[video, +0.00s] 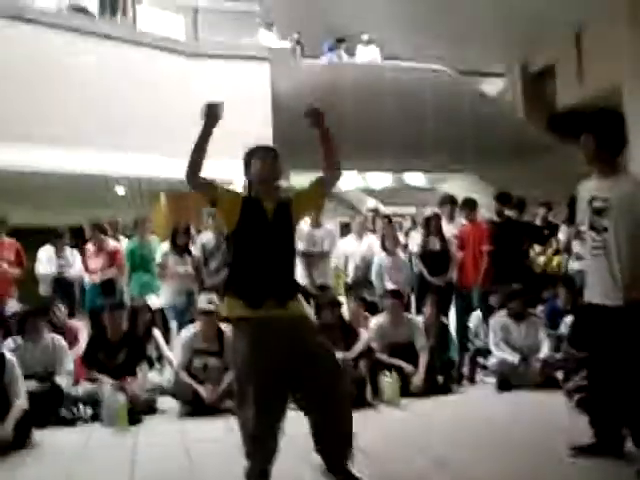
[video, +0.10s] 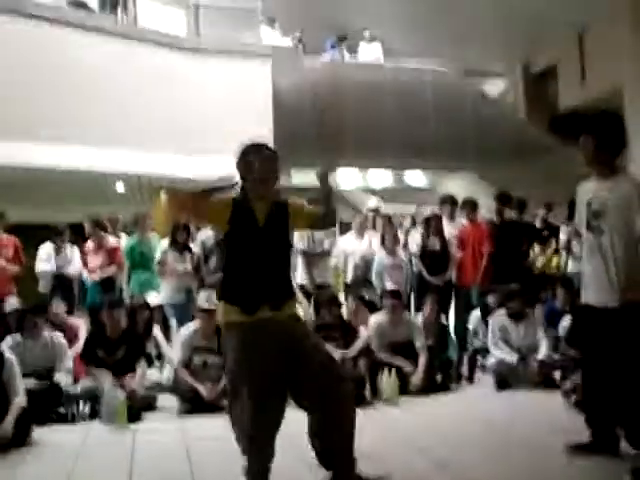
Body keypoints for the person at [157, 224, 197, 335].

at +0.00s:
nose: (182, 239)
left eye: (185, 234)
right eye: (179, 234)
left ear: (189, 237)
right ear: (174, 236)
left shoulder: (192, 257)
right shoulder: (167, 255)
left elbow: (198, 277)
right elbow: (160, 273)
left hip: (188, 295)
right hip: (170, 296)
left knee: (187, 331)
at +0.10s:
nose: (182, 236)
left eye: (184, 233)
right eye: (179, 233)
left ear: (188, 235)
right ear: (174, 234)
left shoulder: (191, 254)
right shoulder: (166, 252)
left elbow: (196, 273)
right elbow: (159, 270)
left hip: (187, 291)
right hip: (170, 292)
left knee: (188, 327)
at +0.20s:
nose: (181, 223)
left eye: (183, 219)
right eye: (178, 219)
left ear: (187, 221)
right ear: (173, 220)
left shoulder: (189, 239)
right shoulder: (165, 238)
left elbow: (195, 257)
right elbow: (159, 255)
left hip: (187, 277)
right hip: (170, 277)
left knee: (187, 309)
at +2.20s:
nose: (179, 218)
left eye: (181, 215)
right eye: (176, 214)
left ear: (185, 215)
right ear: (171, 214)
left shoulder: (188, 228)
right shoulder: (161, 227)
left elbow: (195, 247)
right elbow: (155, 249)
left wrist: (189, 247)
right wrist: (174, 247)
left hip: (186, 269)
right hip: (169, 271)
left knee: (187, 304)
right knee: (174, 305)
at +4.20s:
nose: (179, 218)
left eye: (181, 215)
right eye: (176, 215)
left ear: (185, 215)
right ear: (171, 214)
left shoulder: (189, 228)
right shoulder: (162, 228)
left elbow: (196, 246)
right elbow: (155, 250)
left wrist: (189, 246)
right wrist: (173, 247)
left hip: (188, 270)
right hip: (171, 271)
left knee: (189, 303)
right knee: (177, 306)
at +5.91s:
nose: (182, 212)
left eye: (185, 209)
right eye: (179, 209)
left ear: (188, 212)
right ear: (175, 211)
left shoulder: (192, 230)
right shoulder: (166, 229)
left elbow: (199, 250)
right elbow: (159, 251)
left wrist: (192, 249)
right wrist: (179, 249)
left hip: (191, 273)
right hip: (173, 274)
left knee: (192, 308)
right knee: (179, 309)